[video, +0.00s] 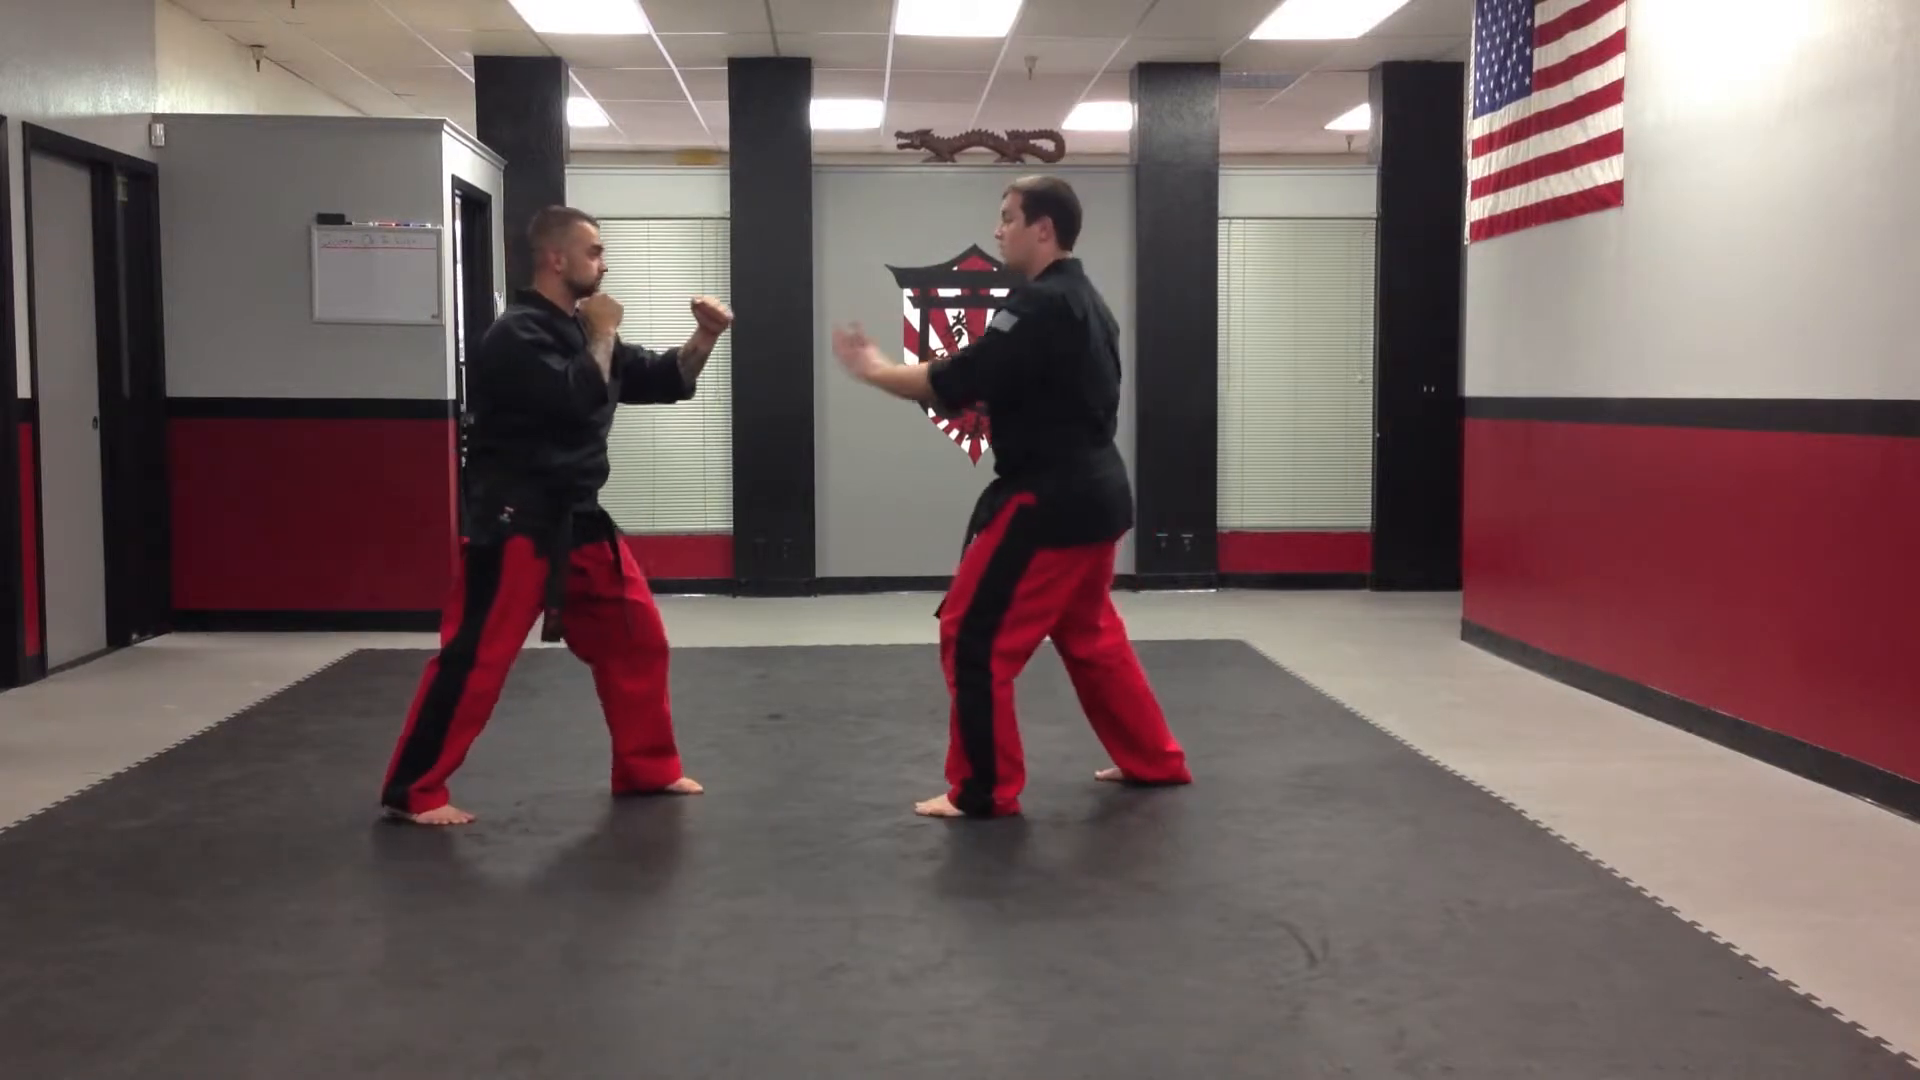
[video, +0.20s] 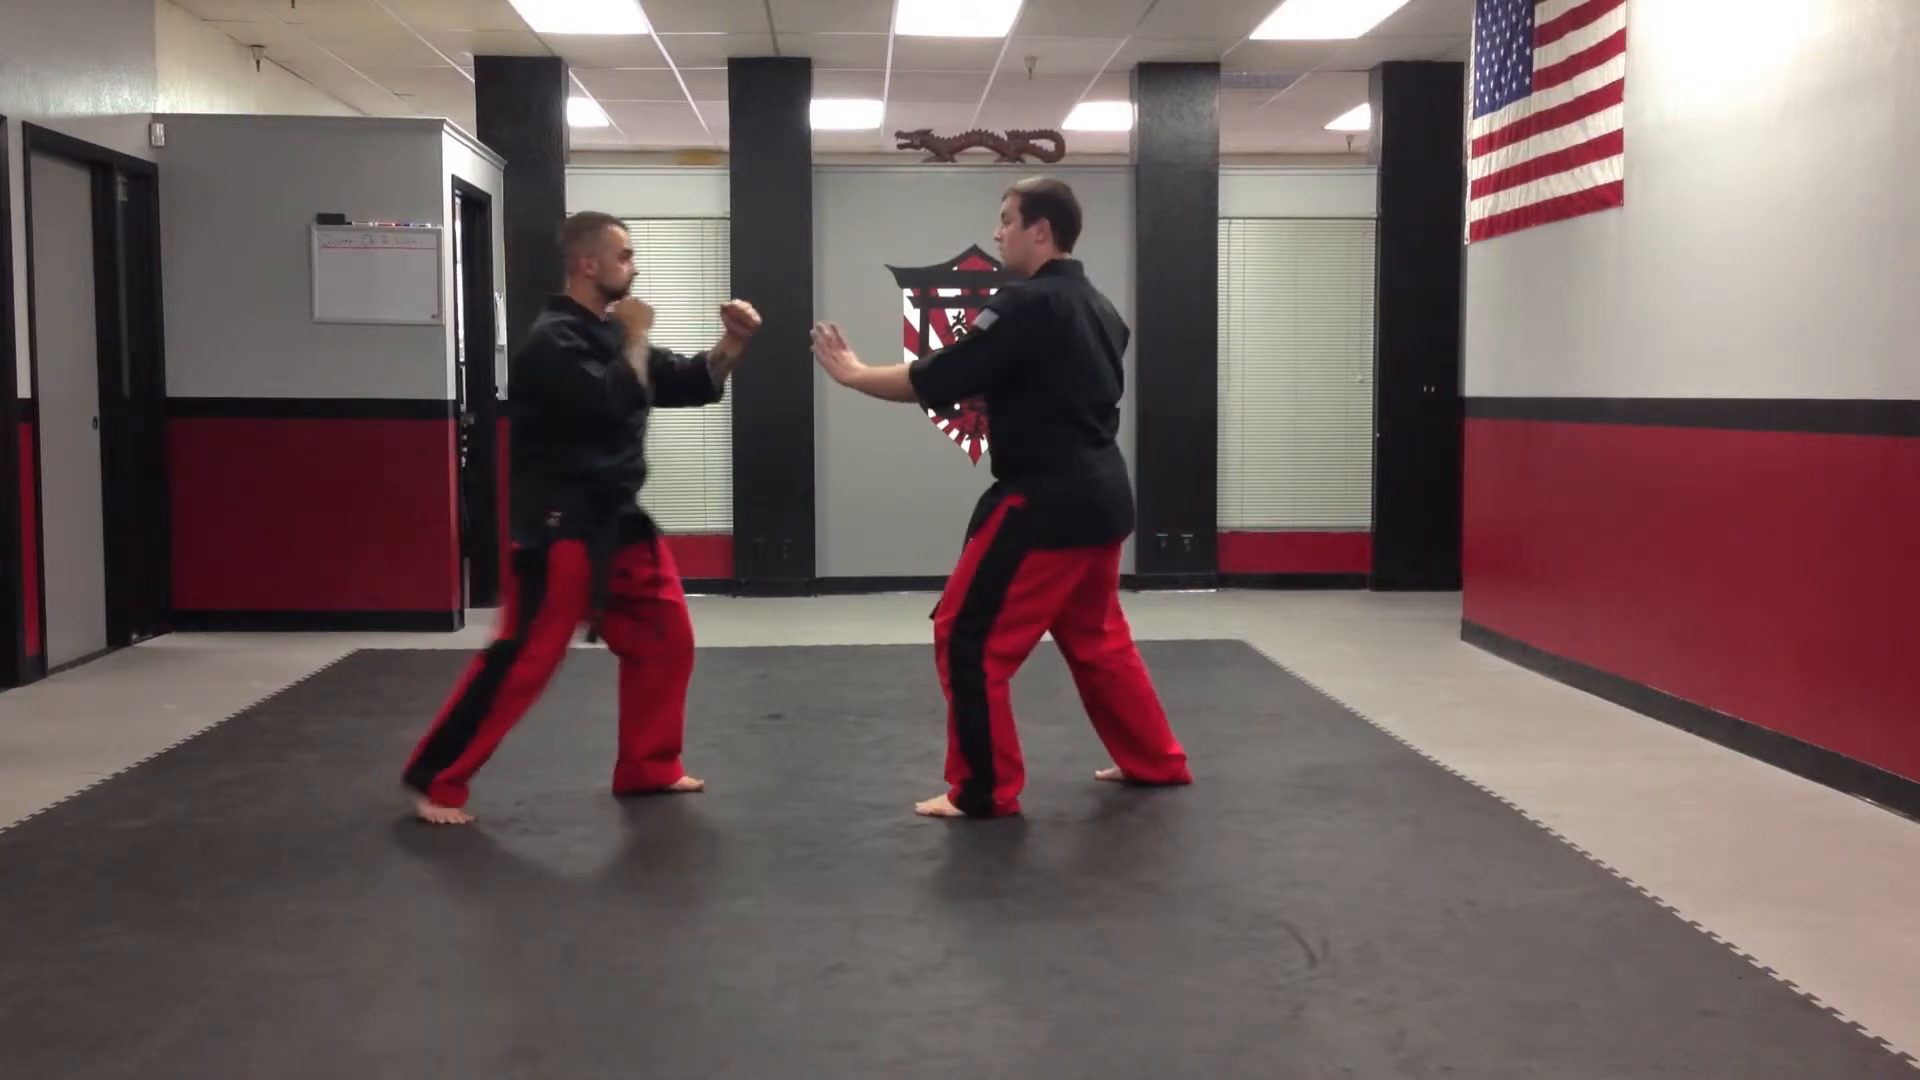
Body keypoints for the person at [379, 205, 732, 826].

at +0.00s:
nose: (604, 264)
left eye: (602, 252)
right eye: (593, 252)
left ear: (560, 261)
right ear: (553, 258)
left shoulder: (580, 333)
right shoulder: (512, 335)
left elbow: (664, 379)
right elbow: (570, 401)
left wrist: (704, 339)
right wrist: (602, 340)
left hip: (578, 518)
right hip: (510, 523)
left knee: (636, 641)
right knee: (473, 660)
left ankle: (645, 771)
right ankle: (412, 791)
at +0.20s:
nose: (633, 268)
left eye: (632, 257)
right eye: (623, 257)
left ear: (590, 265)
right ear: (583, 263)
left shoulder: (610, 335)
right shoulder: (549, 339)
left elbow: (686, 384)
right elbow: (609, 403)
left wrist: (730, 347)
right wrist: (636, 340)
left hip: (618, 519)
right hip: (558, 524)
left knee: (664, 640)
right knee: (525, 657)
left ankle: (647, 769)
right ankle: (436, 781)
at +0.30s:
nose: (656, 263)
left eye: (655, 252)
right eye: (646, 253)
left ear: (619, 259)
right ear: (609, 258)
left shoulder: (636, 331)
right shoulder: (582, 336)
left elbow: (692, 390)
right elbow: (643, 399)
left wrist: (736, 353)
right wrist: (667, 336)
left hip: (644, 511)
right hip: (592, 518)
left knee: (673, 641)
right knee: (615, 641)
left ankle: (646, 769)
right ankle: (506, 761)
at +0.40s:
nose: (684, 261)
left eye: (682, 250)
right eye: (673, 250)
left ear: (646, 260)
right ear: (635, 258)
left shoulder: (648, 326)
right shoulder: (625, 330)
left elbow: (694, 398)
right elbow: (690, 393)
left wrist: (733, 364)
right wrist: (721, 338)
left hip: (658, 501)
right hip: (625, 506)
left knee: (689, 628)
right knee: (687, 630)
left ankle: (658, 760)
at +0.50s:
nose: (715, 261)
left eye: (713, 249)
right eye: (704, 250)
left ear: (665, 260)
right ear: (667, 257)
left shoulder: (633, 330)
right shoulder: (675, 331)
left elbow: (611, 430)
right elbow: (751, 362)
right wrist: (798, 315)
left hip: (636, 511)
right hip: (672, 510)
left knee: (679, 636)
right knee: (743, 619)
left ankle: (649, 765)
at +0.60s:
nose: (755, 262)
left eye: (752, 251)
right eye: (744, 252)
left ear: (698, 263)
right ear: (707, 259)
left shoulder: (650, 333)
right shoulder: (727, 320)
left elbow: (640, 423)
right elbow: (808, 313)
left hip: (659, 516)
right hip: (711, 518)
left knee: (680, 641)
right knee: (780, 637)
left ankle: (649, 766)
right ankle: (851, 766)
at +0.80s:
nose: (813, 270)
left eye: (812, 260)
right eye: (806, 260)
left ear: (753, 269)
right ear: (774, 265)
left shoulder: (704, 338)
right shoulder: (796, 328)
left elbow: (668, 428)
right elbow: (865, 329)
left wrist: (734, 425)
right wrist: (925, 308)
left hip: (722, 524)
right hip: (790, 524)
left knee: (731, 647)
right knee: (865, 650)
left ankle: (665, 766)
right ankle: (890, 791)